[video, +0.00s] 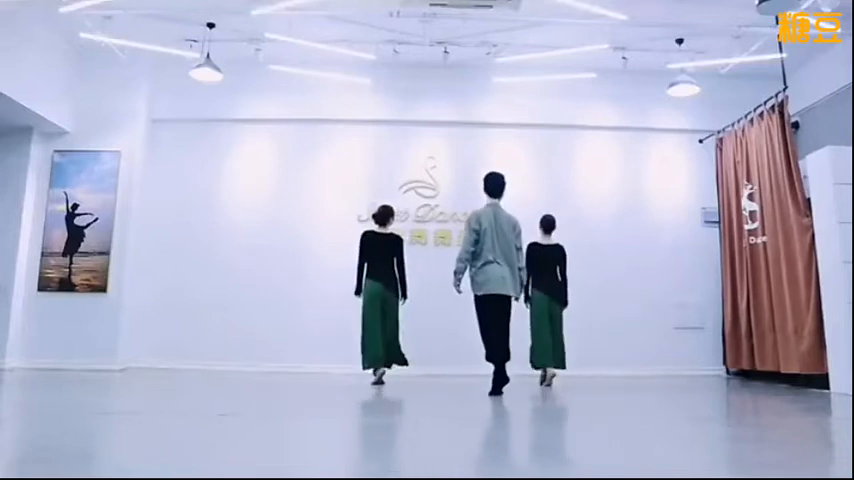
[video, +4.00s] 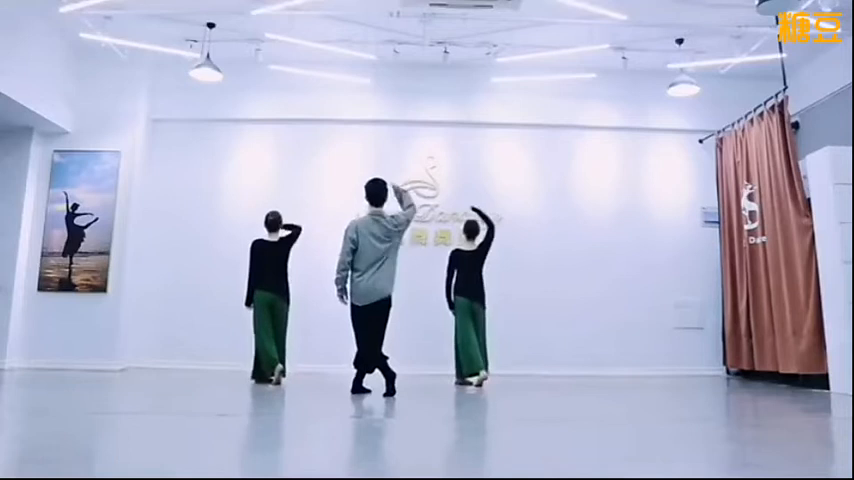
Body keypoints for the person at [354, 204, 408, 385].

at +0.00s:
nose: (392, 220)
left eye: (390, 217)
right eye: (392, 218)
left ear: (375, 218)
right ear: (391, 220)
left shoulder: (366, 236)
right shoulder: (396, 239)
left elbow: (361, 263)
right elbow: (400, 266)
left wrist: (358, 286)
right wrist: (404, 289)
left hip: (372, 286)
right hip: (390, 287)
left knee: (373, 326)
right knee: (388, 325)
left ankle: (377, 366)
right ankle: (383, 364)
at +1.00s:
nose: (361, 221)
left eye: (359, 217)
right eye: (360, 218)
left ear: (343, 218)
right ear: (358, 220)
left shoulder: (334, 236)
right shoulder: (364, 240)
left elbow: (328, 263)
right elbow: (368, 267)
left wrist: (325, 286)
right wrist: (372, 291)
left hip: (337, 285)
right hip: (357, 287)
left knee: (336, 327)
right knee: (358, 328)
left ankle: (337, 367)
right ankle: (356, 368)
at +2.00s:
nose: (312, 223)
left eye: (308, 219)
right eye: (314, 220)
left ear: (300, 220)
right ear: (315, 221)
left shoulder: (289, 238)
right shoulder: (319, 240)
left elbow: (279, 264)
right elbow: (340, 260)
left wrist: (268, 287)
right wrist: (361, 269)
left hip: (291, 289)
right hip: (311, 290)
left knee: (289, 329)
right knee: (315, 329)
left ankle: (285, 369)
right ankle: (318, 369)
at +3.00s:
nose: (277, 231)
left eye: (272, 228)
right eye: (280, 228)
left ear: (269, 228)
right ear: (285, 229)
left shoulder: (261, 245)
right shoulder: (290, 244)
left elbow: (257, 275)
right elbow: (288, 239)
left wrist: (253, 299)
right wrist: (282, 234)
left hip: (265, 294)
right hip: (285, 294)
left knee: (268, 333)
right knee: (283, 333)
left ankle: (278, 366)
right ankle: (268, 372)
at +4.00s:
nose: (276, 227)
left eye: (270, 224)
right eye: (277, 225)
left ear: (265, 226)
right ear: (280, 227)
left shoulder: (257, 245)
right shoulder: (285, 244)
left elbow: (252, 274)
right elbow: (298, 230)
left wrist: (249, 297)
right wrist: (283, 226)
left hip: (261, 292)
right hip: (281, 293)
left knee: (263, 331)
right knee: (278, 333)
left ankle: (275, 365)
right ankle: (266, 373)